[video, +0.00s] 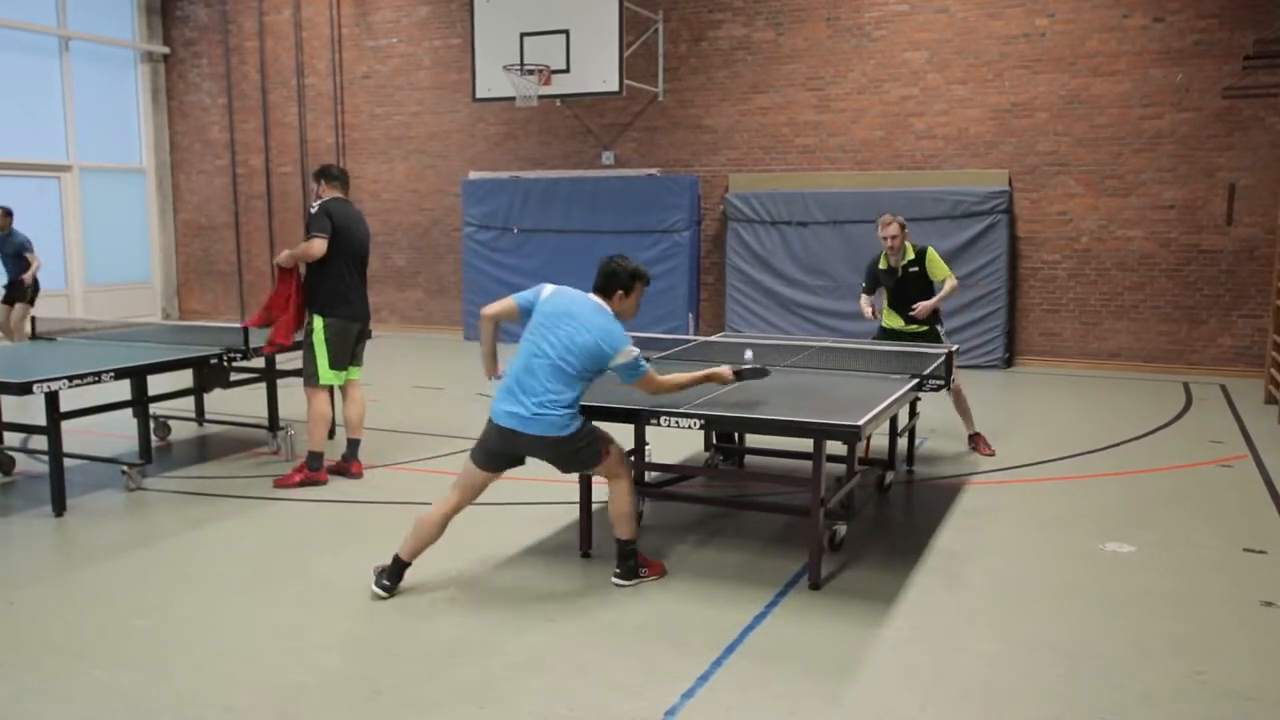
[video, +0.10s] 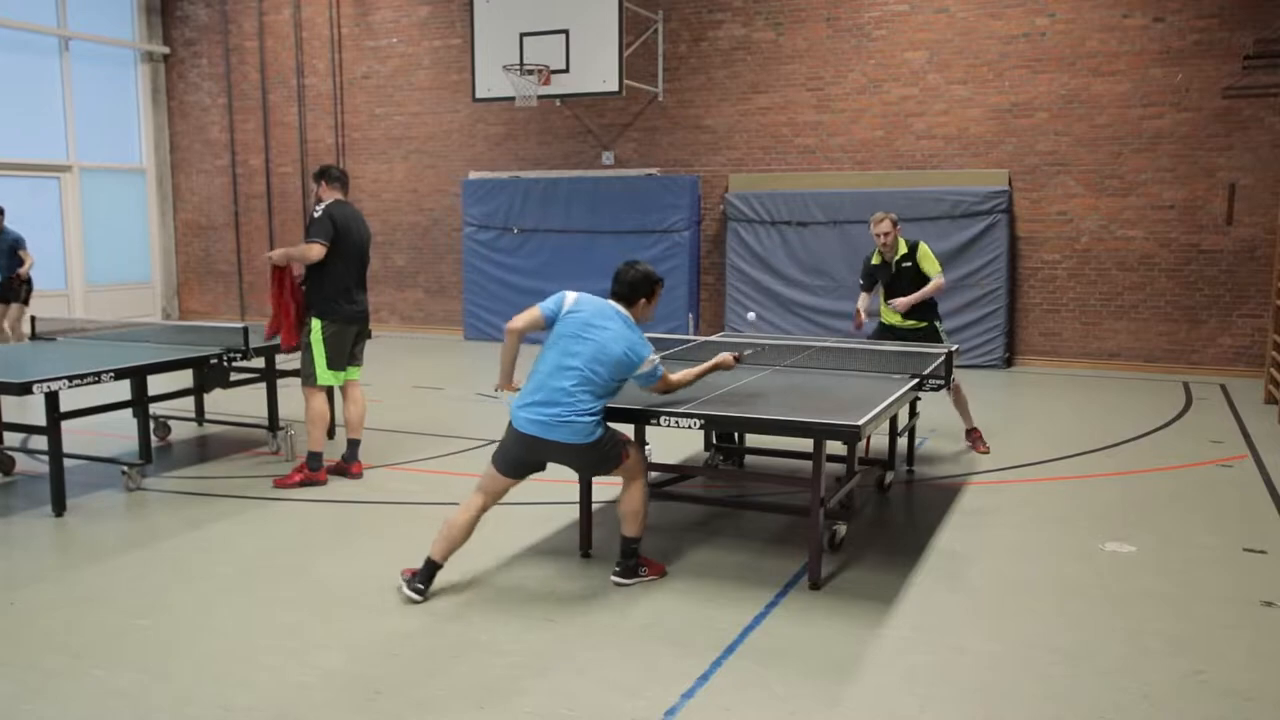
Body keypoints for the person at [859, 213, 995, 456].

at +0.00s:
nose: (890, 243)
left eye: (894, 238)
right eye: (885, 239)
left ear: (905, 236)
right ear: (880, 239)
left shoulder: (924, 254)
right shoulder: (876, 265)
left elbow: (951, 282)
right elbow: (866, 294)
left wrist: (932, 303)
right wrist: (866, 307)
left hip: (927, 331)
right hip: (891, 331)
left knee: (953, 383)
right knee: (869, 381)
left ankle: (973, 434)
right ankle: (864, 441)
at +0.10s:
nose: (882, 240)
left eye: (886, 234)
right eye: (877, 236)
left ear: (897, 232)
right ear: (873, 237)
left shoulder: (917, 249)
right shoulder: (873, 260)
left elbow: (939, 282)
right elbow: (866, 291)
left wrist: (909, 300)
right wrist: (860, 310)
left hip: (924, 328)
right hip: (889, 328)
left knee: (950, 380)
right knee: (863, 374)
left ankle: (971, 430)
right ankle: (861, 432)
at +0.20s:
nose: (875, 251)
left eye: (878, 245)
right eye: (870, 247)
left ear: (889, 243)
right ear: (865, 249)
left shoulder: (906, 262)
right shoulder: (869, 271)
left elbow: (909, 295)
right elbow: (867, 306)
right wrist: (853, 325)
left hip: (923, 338)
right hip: (888, 336)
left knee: (951, 391)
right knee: (865, 383)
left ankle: (973, 432)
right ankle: (861, 437)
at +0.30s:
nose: (866, 257)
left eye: (870, 251)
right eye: (861, 253)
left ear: (882, 248)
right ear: (858, 255)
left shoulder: (900, 268)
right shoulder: (865, 278)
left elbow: (899, 301)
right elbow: (864, 315)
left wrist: (862, 298)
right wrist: (841, 328)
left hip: (920, 342)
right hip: (886, 341)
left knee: (951, 394)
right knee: (864, 386)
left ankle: (971, 433)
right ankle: (861, 437)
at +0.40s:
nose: (864, 252)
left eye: (868, 246)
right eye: (859, 248)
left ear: (881, 244)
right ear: (856, 250)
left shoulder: (902, 262)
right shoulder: (861, 276)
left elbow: (927, 285)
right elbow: (854, 311)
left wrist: (892, 289)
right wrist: (823, 324)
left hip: (918, 340)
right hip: (882, 339)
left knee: (948, 389)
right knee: (860, 381)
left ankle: (954, 427)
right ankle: (859, 435)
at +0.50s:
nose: (866, 247)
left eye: (870, 241)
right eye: (862, 243)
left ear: (886, 238)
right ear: (861, 245)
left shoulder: (910, 257)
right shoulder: (860, 272)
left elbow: (953, 260)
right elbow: (836, 301)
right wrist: (806, 321)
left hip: (916, 340)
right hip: (878, 341)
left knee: (946, 387)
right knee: (861, 388)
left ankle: (951, 432)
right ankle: (860, 441)